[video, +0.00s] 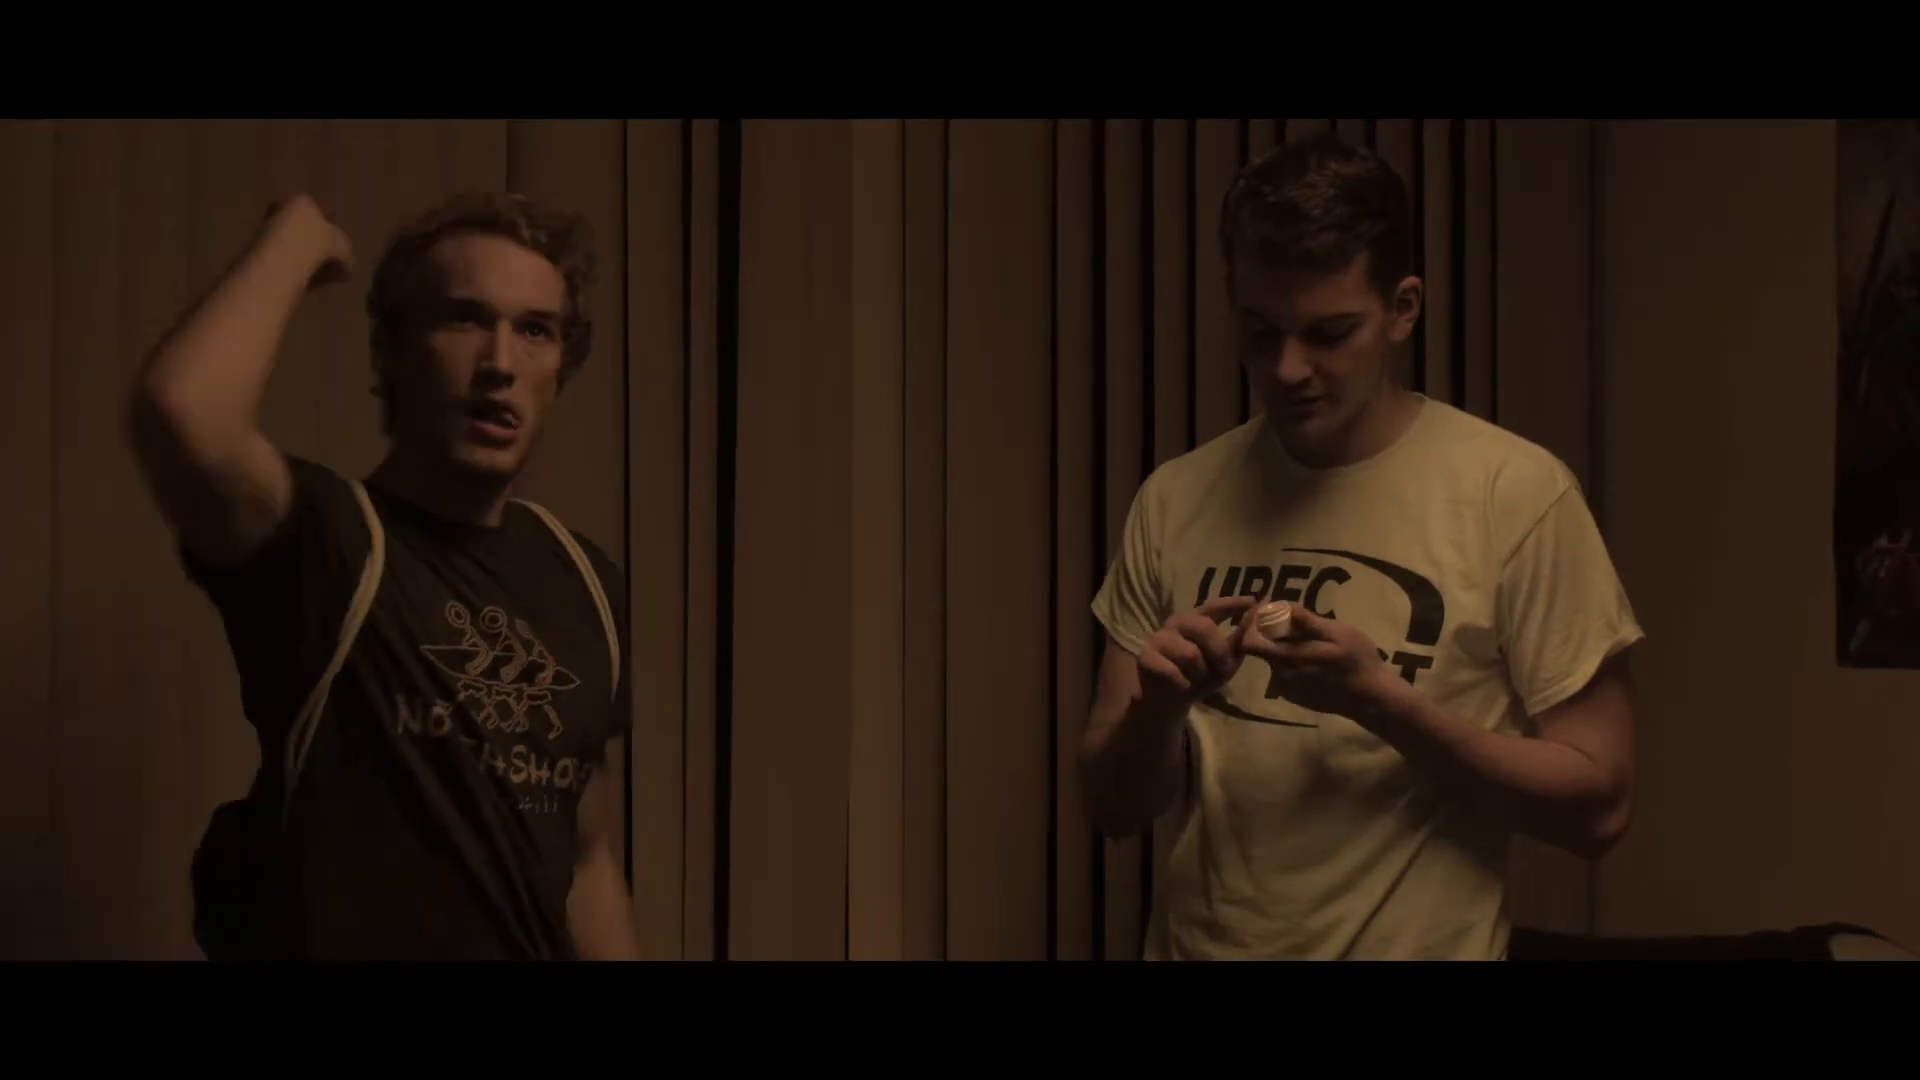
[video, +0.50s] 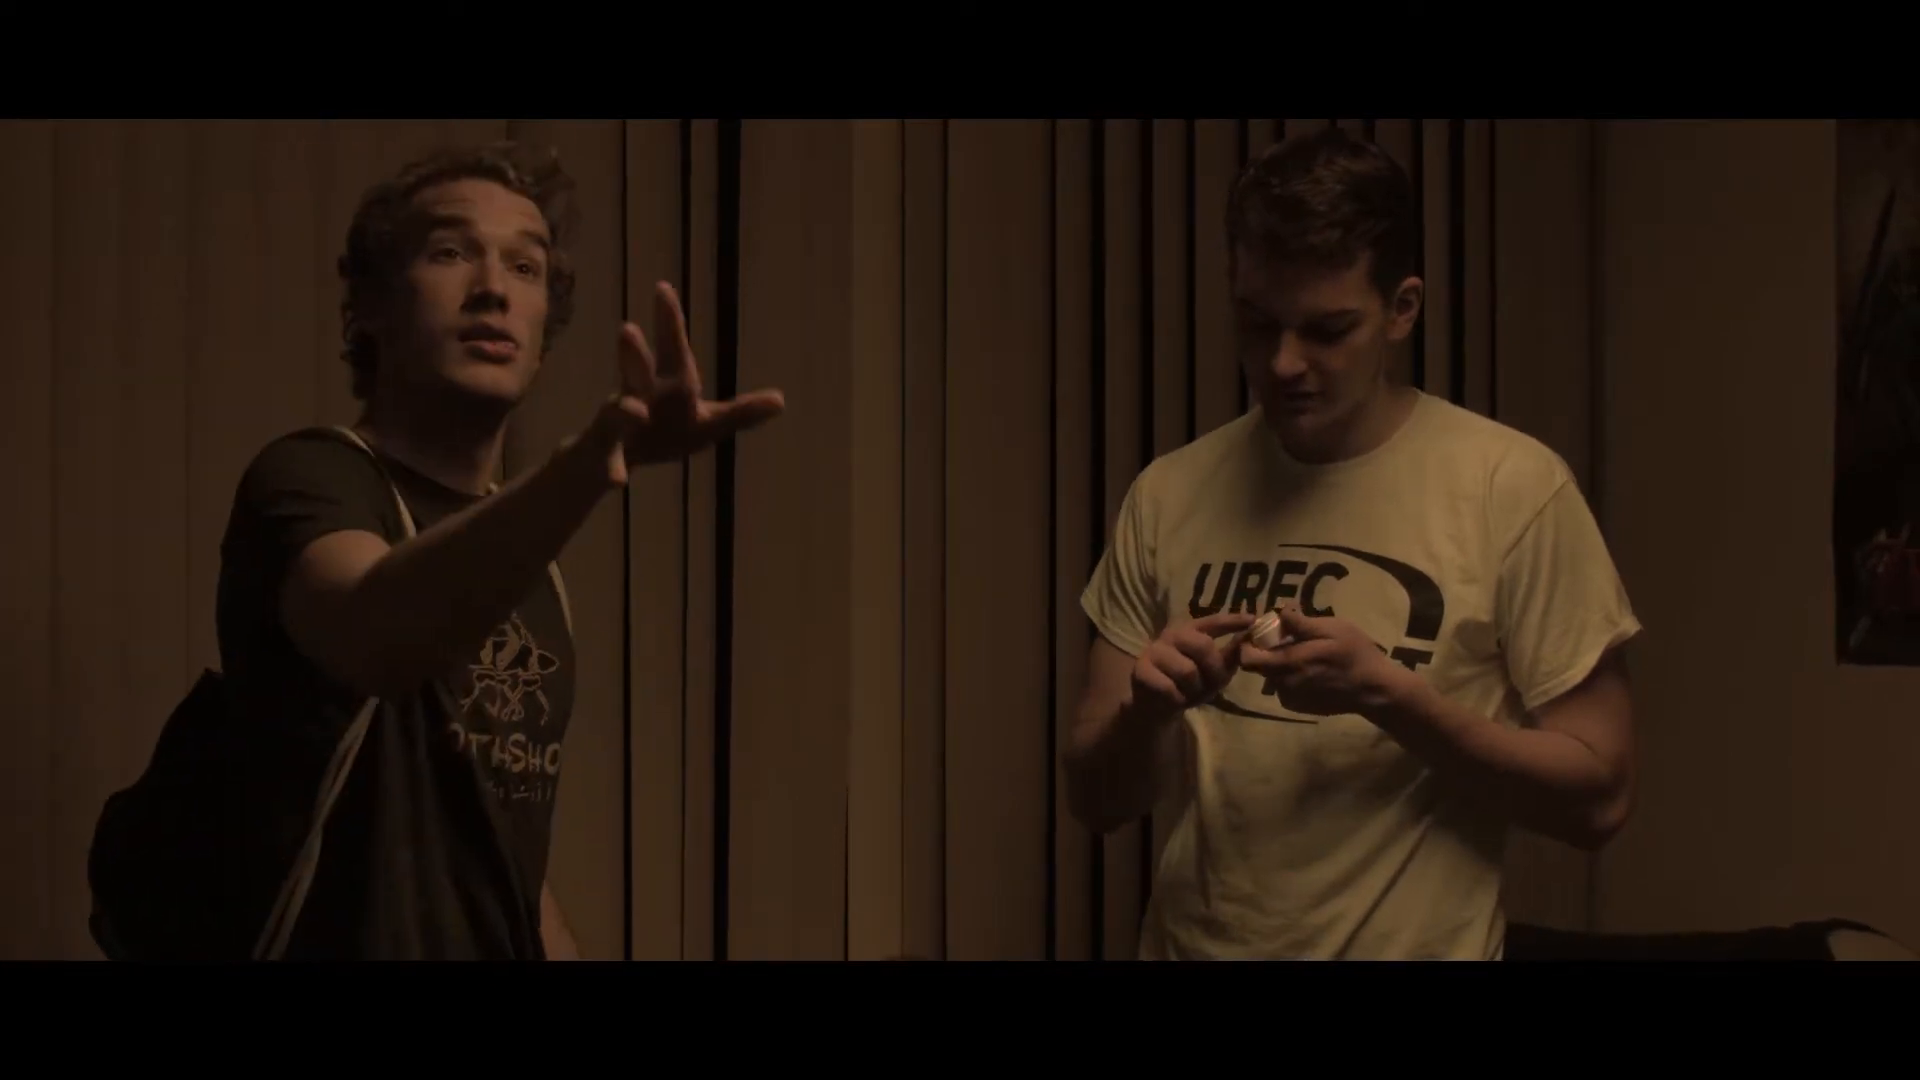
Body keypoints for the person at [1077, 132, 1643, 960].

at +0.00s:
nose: (1290, 371)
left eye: (1330, 334)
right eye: (1262, 333)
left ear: (1404, 309)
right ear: (1237, 311)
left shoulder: (1516, 497)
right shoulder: (1173, 501)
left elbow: (1597, 807)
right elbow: (1111, 811)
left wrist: (1385, 700)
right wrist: (1156, 710)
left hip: (1421, 946)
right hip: (1199, 944)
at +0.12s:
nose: (1287, 368)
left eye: (1328, 332)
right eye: (1260, 329)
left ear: (1403, 307)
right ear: (1236, 305)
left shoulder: (1515, 494)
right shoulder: (1171, 499)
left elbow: (1597, 801)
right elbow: (1101, 806)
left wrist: (1388, 697)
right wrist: (1151, 708)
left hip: (1420, 945)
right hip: (1197, 944)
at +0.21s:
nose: (1287, 368)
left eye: (1328, 333)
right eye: (1260, 330)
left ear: (1403, 308)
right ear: (1236, 306)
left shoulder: (1515, 493)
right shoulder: (1169, 499)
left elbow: (1597, 799)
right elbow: (1096, 804)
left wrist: (1390, 693)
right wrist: (1152, 707)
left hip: (1418, 945)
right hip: (1196, 943)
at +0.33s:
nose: (1286, 365)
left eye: (1328, 331)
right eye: (1260, 327)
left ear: (1403, 309)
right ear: (1237, 306)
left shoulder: (1515, 493)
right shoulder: (1168, 498)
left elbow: (1597, 799)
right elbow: (1095, 805)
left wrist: (1390, 692)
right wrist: (1148, 711)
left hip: (1418, 945)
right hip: (1195, 943)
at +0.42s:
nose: (1286, 365)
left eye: (1328, 330)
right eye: (1260, 327)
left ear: (1403, 309)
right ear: (1237, 306)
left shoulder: (1515, 493)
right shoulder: (1167, 498)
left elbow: (1597, 797)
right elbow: (1092, 803)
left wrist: (1393, 693)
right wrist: (1146, 711)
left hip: (1417, 945)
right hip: (1195, 943)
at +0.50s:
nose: (1287, 365)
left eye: (1328, 331)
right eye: (1260, 327)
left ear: (1403, 311)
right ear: (1237, 306)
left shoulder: (1515, 492)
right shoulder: (1167, 497)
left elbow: (1597, 797)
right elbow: (1091, 802)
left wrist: (1393, 693)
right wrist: (1144, 713)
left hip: (1417, 945)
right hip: (1194, 943)